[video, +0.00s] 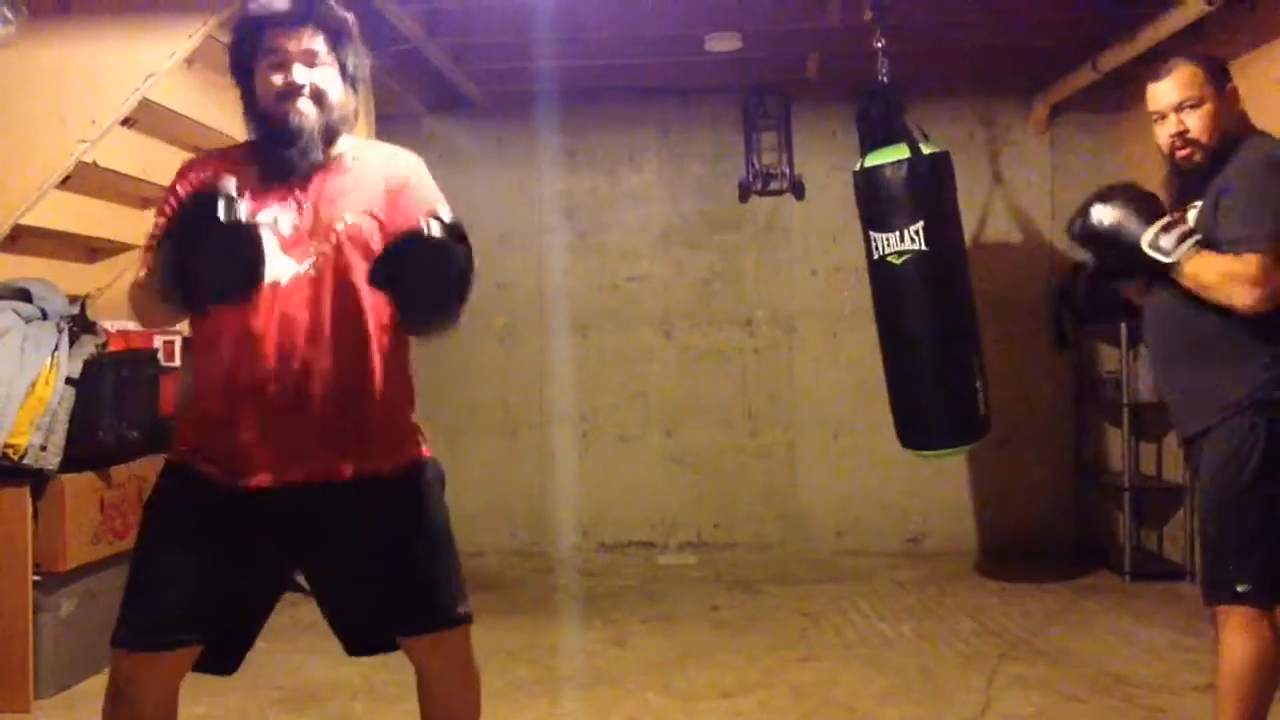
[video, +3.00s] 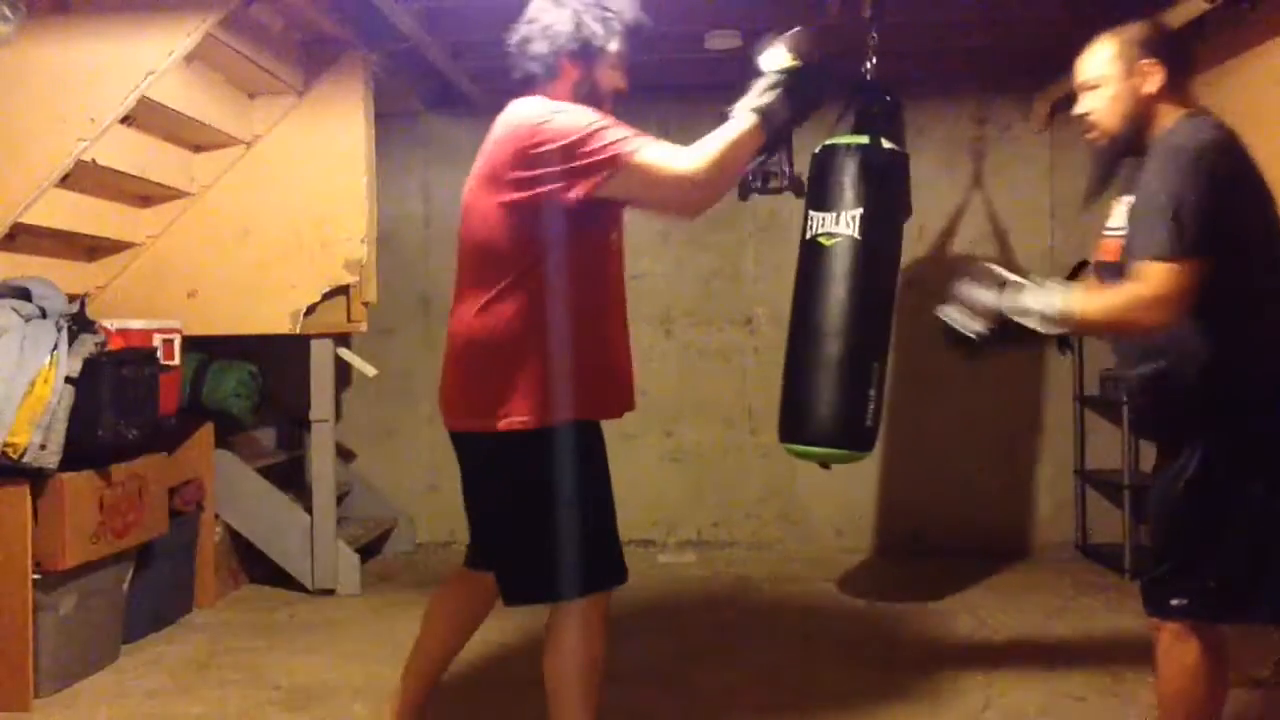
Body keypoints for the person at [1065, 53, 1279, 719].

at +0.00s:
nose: (1174, 129)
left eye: (1188, 108)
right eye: (1160, 117)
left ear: (1230, 98)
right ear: (1151, 122)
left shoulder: (1258, 164)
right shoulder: (1199, 184)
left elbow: (1256, 288)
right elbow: (1182, 305)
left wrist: (1166, 248)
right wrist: (1128, 270)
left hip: (1249, 421)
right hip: (1218, 422)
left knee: (1241, 605)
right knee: (1245, 601)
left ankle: (1236, 716)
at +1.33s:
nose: (1238, 117)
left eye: (1253, 97)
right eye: (1228, 106)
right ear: (1223, 117)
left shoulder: (1274, 195)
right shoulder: (1242, 196)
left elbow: (1275, 280)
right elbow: (1193, 291)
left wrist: (1243, 220)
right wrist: (1177, 231)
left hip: (1272, 421)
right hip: (1248, 423)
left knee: (1256, 602)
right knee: (1254, 599)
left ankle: (1242, 711)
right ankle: (1250, 706)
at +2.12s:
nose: (1189, 112)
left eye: (1204, 90)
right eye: (1185, 97)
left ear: (1261, 81)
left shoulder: (1266, 165)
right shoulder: (1233, 174)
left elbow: (1254, 278)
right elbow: (1204, 273)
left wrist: (1144, 238)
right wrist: (1115, 255)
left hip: (1250, 420)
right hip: (1222, 419)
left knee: (1221, 614)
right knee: (1223, 612)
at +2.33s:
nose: (1108, 106)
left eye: (1118, 85)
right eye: (1104, 90)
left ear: (1176, 75)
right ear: (1173, 81)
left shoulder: (1214, 147)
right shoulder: (1176, 152)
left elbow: (1151, 267)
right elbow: (1117, 261)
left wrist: (1046, 233)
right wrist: (1027, 221)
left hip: (1226, 412)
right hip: (1205, 411)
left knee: (1195, 608)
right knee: (1196, 605)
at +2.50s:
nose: (1041, 118)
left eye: (1054, 96)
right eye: (1039, 102)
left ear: (1111, 85)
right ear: (1108, 91)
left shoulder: (1151, 150)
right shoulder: (1125, 153)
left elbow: (1046, 261)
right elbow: (1053, 254)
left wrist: (952, 202)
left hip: (1225, 413)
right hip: (1207, 409)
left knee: (1188, 610)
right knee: (1191, 608)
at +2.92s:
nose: (1053, 116)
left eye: (1064, 94)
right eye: (1051, 100)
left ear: (1118, 80)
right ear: (1113, 87)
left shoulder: (1164, 151)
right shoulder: (1123, 160)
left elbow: (1081, 282)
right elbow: (1046, 270)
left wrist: (983, 266)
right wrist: (946, 260)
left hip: (1227, 417)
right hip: (1196, 416)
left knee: (1189, 609)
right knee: (1187, 606)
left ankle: (1191, 715)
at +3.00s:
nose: (1080, 108)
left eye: (1092, 87)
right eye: (1077, 92)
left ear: (1148, 77)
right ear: (1147, 83)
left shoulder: (1188, 148)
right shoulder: (1169, 150)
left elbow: (1156, 299)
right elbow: (1133, 287)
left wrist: (1029, 299)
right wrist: (1028, 296)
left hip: (1224, 425)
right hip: (1205, 421)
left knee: (1178, 612)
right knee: (1184, 608)